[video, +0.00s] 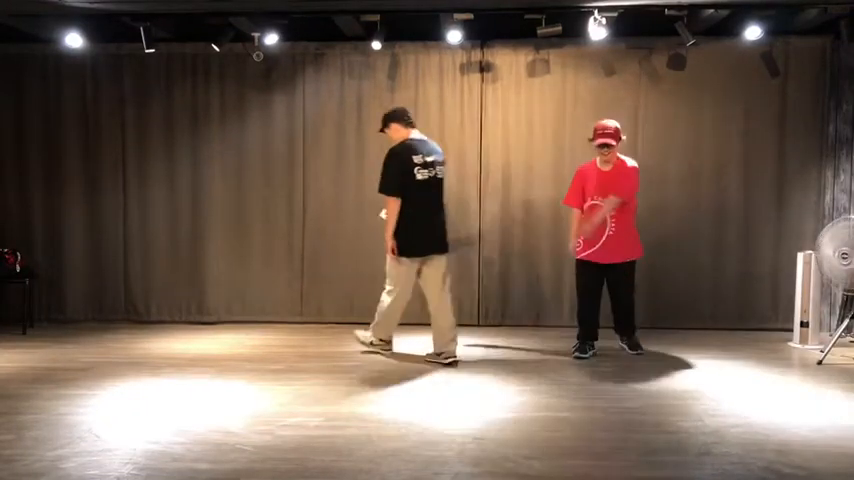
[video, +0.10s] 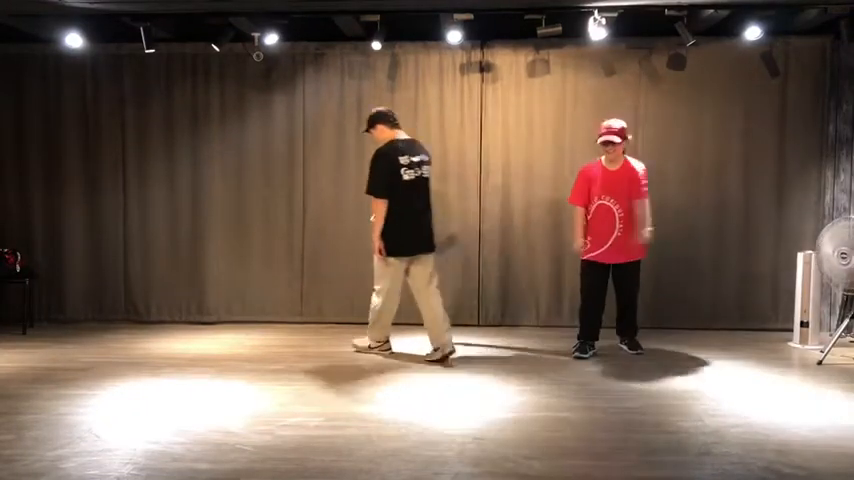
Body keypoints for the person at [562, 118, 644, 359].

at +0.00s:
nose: (604, 150)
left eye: (609, 145)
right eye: (600, 145)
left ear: (618, 144)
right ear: (594, 145)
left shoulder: (629, 169)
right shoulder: (584, 172)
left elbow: (617, 200)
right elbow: (577, 209)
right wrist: (574, 238)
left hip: (621, 248)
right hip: (590, 248)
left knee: (624, 297)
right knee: (587, 299)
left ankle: (627, 335)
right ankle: (585, 341)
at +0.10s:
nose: (609, 148)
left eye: (614, 143)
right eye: (604, 143)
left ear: (624, 144)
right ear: (599, 144)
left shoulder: (637, 170)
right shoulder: (589, 172)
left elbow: (642, 201)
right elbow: (580, 207)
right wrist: (579, 236)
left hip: (628, 246)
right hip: (595, 246)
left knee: (628, 296)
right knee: (591, 297)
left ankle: (628, 336)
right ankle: (586, 341)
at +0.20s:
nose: (614, 144)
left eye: (620, 140)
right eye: (611, 140)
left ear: (631, 142)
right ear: (607, 141)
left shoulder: (642, 169)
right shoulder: (595, 170)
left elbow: (667, 191)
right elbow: (583, 204)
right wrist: (583, 233)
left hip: (632, 245)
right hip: (600, 245)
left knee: (631, 296)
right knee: (595, 295)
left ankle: (628, 337)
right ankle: (587, 340)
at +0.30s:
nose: (618, 142)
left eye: (623, 138)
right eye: (615, 137)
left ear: (635, 142)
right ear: (611, 140)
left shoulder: (649, 169)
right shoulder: (599, 169)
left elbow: (679, 185)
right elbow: (587, 203)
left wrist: (708, 197)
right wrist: (585, 233)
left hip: (634, 245)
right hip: (603, 243)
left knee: (631, 295)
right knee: (597, 293)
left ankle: (628, 337)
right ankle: (588, 338)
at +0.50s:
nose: (625, 141)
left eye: (631, 137)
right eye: (622, 136)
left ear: (642, 141)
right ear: (617, 139)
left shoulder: (650, 166)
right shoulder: (604, 165)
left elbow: (666, 182)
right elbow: (582, 194)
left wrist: (678, 194)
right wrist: (573, 220)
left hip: (637, 242)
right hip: (605, 241)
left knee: (632, 293)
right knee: (600, 290)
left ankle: (629, 336)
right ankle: (589, 336)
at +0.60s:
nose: (626, 140)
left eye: (632, 136)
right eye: (623, 135)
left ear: (643, 141)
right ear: (618, 138)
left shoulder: (649, 164)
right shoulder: (604, 162)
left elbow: (653, 183)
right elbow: (578, 179)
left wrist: (662, 197)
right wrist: (563, 195)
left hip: (637, 243)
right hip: (606, 242)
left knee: (633, 294)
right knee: (600, 292)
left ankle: (628, 337)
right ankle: (590, 338)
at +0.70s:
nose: (626, 142)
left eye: (632, 138)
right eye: (623, 137)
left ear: (642, 143)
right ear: (617, 139)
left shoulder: (647, 166)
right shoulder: (601, 162)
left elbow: (660, 183)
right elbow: (572, 171)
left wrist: (679, 199)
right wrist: (548, 186)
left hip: (636, 243)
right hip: (604, 242)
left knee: (632, 294)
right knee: (600, 292)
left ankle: (628, 337)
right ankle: (593, 339)